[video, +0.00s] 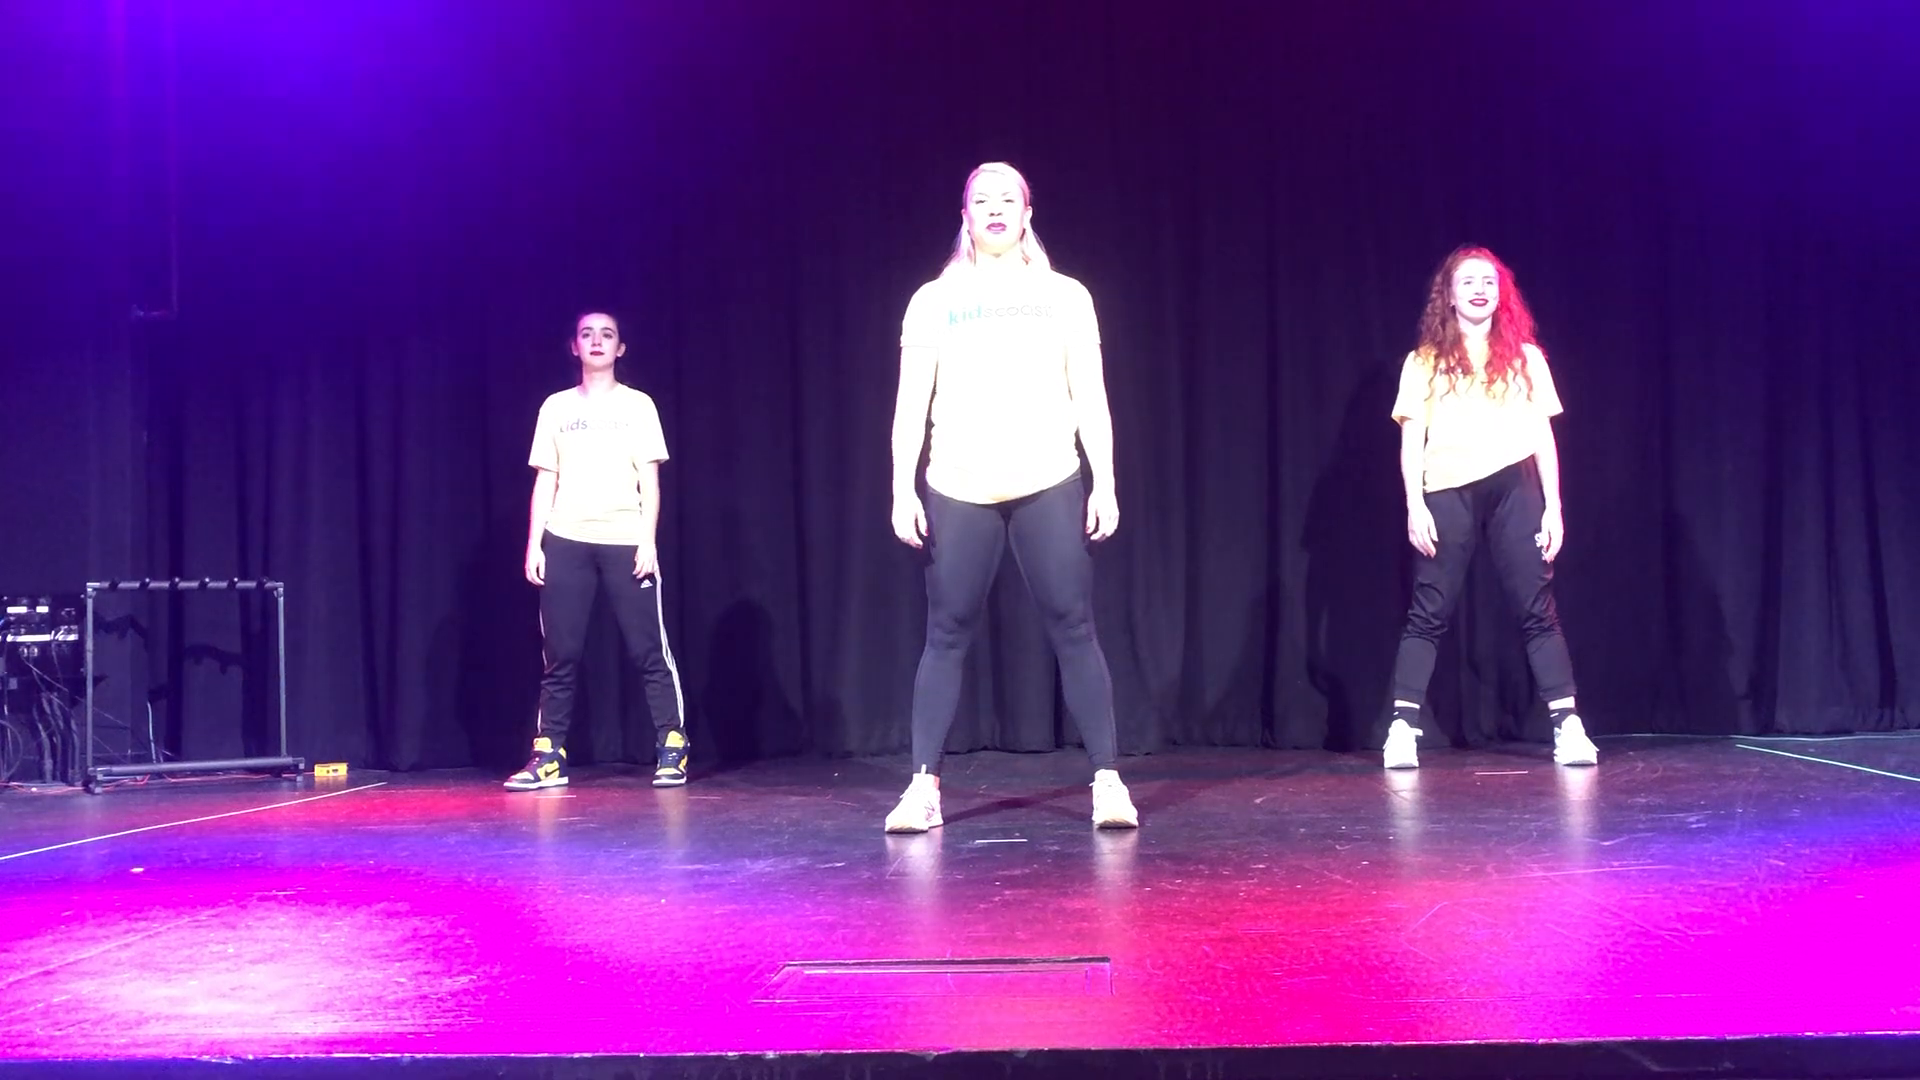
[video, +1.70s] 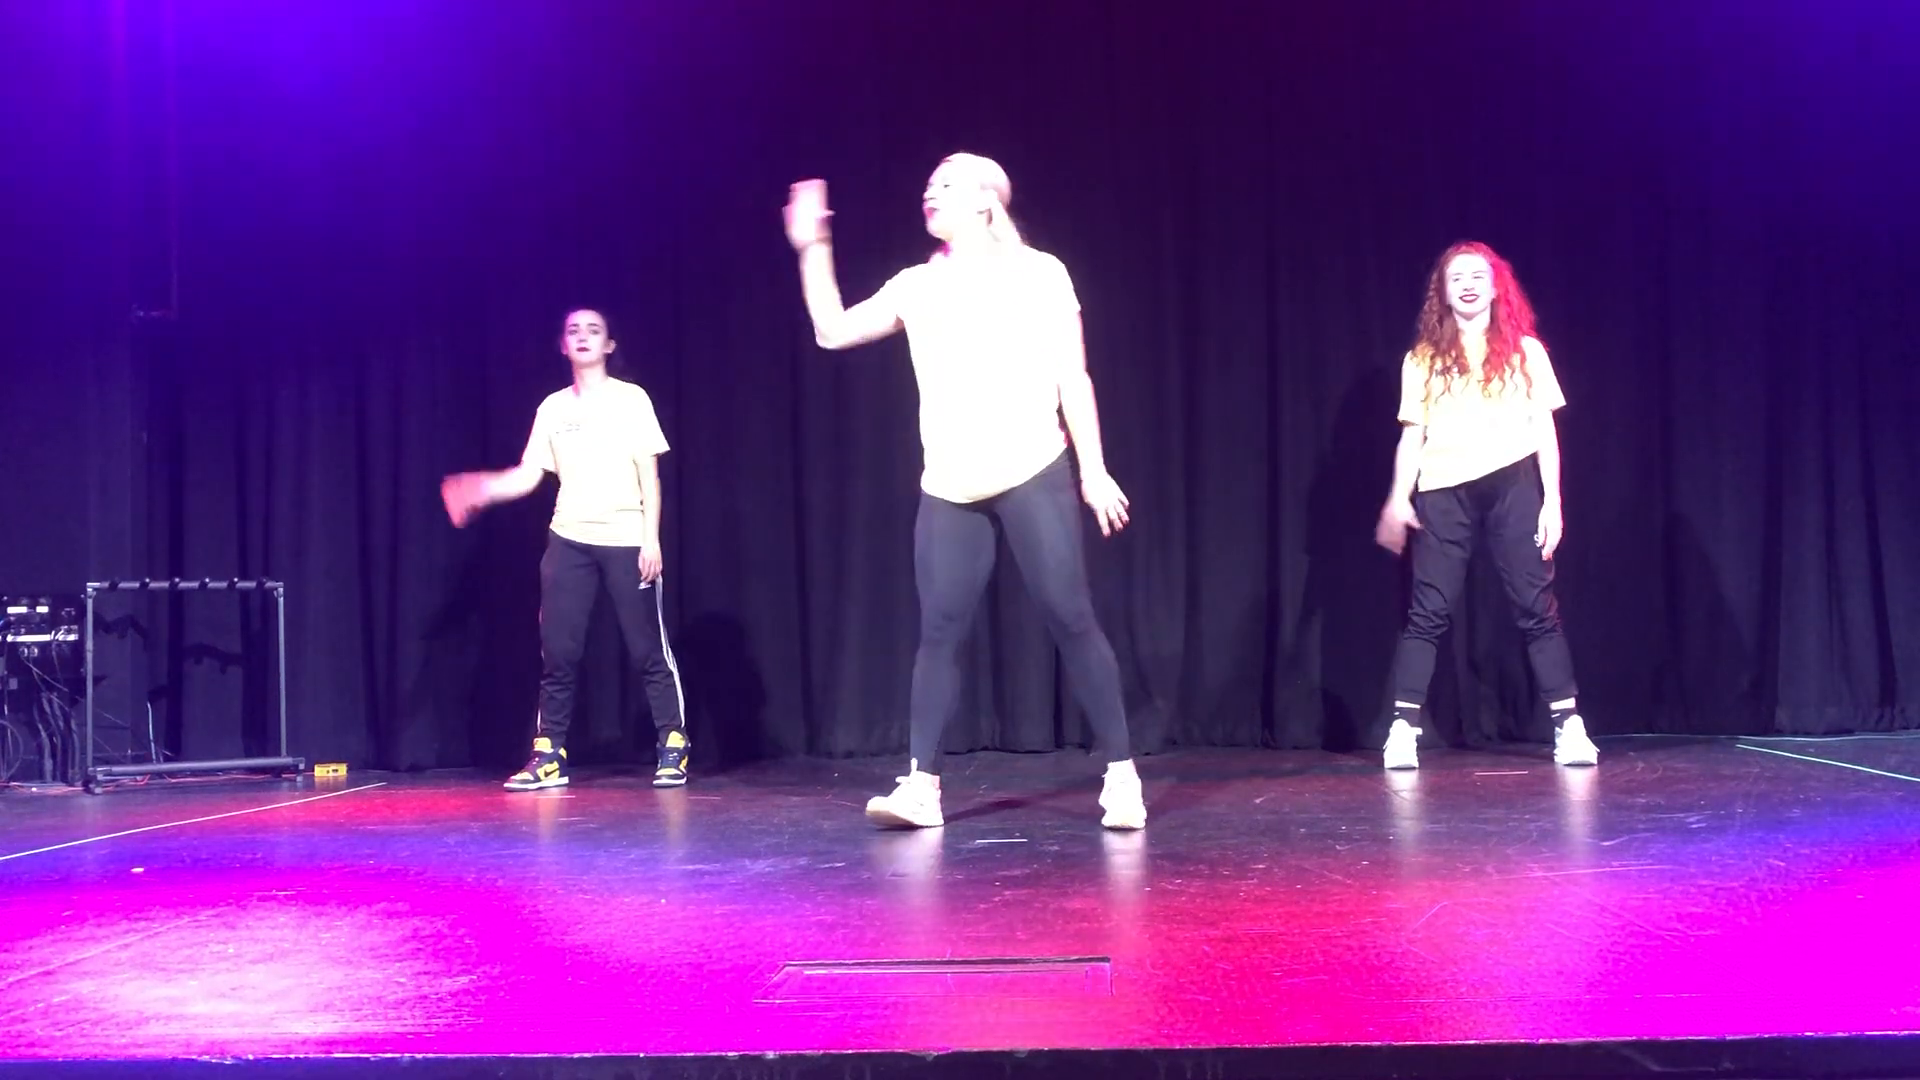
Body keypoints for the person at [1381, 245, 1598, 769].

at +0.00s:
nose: (1478, 290)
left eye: (1487, 282)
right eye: (1468, 281)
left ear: (1501, 293)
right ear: (1448, 291)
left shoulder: (1525, 356)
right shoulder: (1425, 360)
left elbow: (1543, 435)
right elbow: (1412, 439)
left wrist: (1553, 506)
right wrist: (1415, 505)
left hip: (1515, 488)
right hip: (1446, 492)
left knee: (1536, 606)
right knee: (1430, 608)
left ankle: (1567, 724)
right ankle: (1404, 726)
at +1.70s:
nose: (1468, 285)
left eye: (1478, 276)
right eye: (1458, 277)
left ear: (1497, 286)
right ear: (1442, 289)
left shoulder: (1526, 350)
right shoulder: (1423, 357)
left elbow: (1545, 430)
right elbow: (1412, 435)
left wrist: (1552, 500)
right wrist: (1399, 498)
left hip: (1514, 488)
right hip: (1442, 492)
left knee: (1535, 606)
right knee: (1429, 609)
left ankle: (1567, 724)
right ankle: (1405, 728)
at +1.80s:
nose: (1439, 290)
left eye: (1450, 279)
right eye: (1431, 284)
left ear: (1480, 285)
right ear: (1426, 297)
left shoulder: (1519, 347)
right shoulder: (1419, 359)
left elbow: (1542, 433)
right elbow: (1395, 432)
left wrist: (1545, 505)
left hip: (1508, 487)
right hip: (1439, 493)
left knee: (1537, 607)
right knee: (1426, 611)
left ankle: (1570, 724)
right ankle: (1403, 729)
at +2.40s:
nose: (1408, 335)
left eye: (1419, 324)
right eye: (1402, 326)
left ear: (1449, 331)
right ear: (1396, 335)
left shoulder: (1484, 381)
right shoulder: (1401, 394)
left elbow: (1523, 460)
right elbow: (1343, 436)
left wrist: (1544, 539)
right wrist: (1381, 376)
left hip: (1494, 527)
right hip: (1432, 533)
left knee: (1519, 635)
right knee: (1408, 623)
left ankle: (1610, 719)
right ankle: (1402, 732)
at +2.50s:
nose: (1446, 319)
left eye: (1456, 311)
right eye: (1437, 310)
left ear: (1477, 320)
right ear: (1419, 318)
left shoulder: (1505, 370)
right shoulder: (1411, 378)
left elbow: (1550, 426)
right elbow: (1367, 415)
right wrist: (1413, 356)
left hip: (1500, 517)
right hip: (1430, 523)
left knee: (1538, 621)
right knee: (1416, 622)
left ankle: (1592, 721)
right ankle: (1403, 731)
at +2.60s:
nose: (1499, 305)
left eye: (1505, 296)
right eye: (1487, 296)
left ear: (1514, 303)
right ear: (1457, 302)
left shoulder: (1525, 360)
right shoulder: (1429, 353)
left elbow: (1578, 412)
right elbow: (1417, 394)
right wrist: (1464, 340)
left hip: (1505, 505)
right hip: (1434, 509)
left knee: (1546, 609)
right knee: (1424, 616)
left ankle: (1574, 726)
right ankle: (1392, 728)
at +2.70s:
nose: (1533, 302)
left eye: (1536, 293)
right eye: (1519, 293)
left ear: (1539, 304)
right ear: (1486, 301)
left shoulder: (1540, 365)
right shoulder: (1455, 352)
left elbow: (1596, 405)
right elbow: (1475, 394)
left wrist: (1577, 345)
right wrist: (1512, 333)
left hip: (1511, 506)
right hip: (1446, 508)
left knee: (1549, 609)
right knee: (1434, 617)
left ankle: (1573, 729)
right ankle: (1369, 725)